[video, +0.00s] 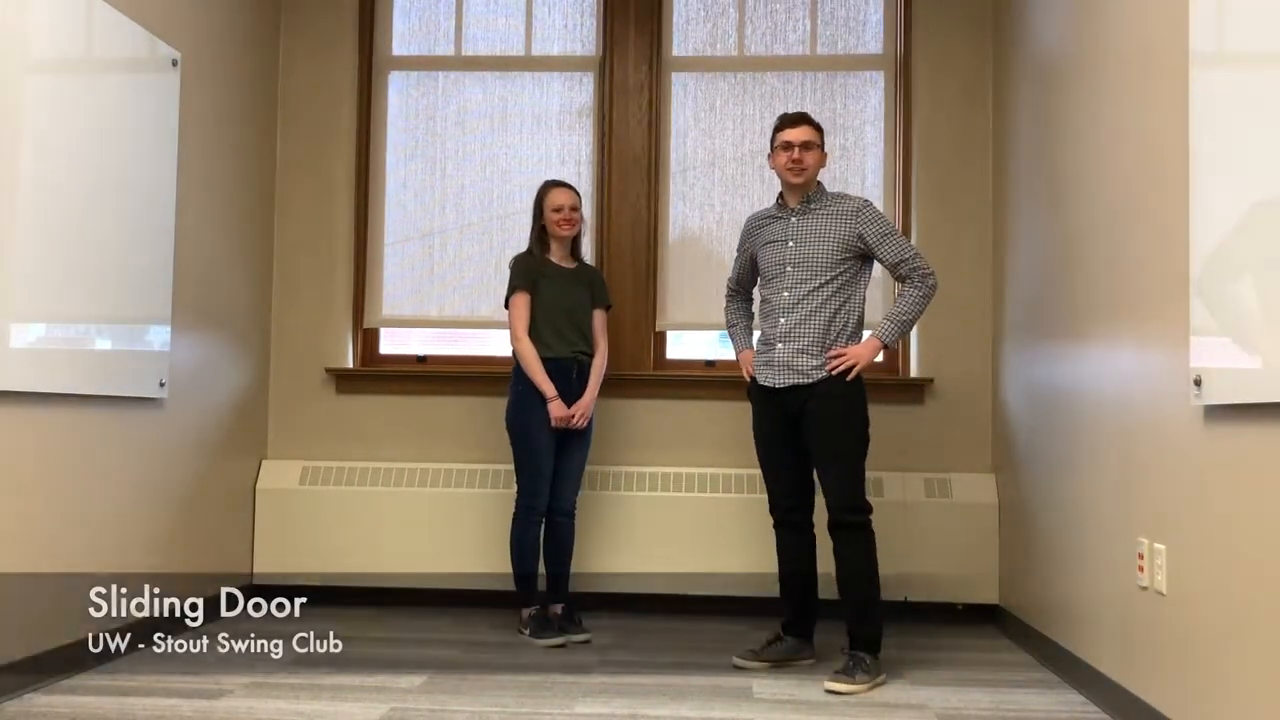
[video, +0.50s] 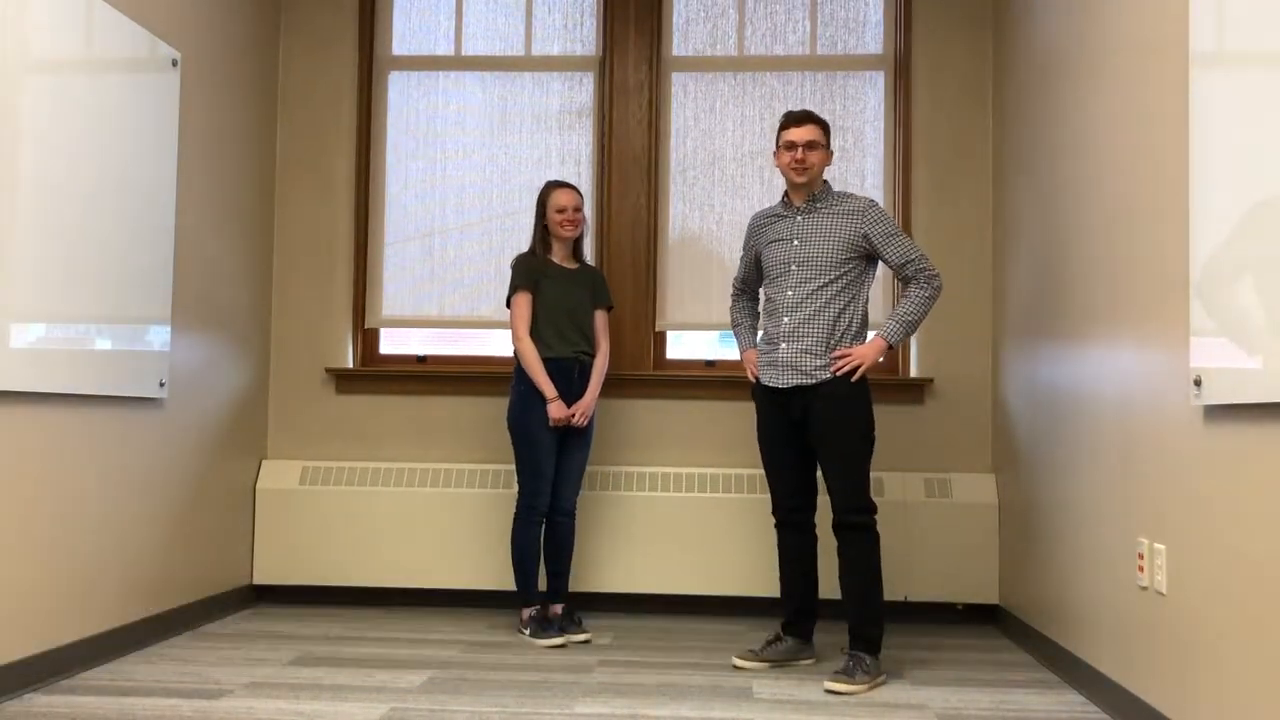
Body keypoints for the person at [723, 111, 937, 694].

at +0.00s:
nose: (796, 155)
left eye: (806, 146)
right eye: (786, 147)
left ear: (823, 156)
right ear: (771, 158)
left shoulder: (853, 214)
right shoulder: (757, 226)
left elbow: (920, 278)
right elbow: (737, 292)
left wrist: (878, 340)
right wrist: (743, 345)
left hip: (834, 388)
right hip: (772, 391)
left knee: (847, 516)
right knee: (789, 518)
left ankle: (863, 651)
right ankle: (795, 637)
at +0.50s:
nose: (799, 155)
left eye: (810, 146)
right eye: (789, 147)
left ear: (828, 155)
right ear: (776, 157)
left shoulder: (858, 214)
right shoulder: (762, 225)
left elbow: (924, 280)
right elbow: (743, 294)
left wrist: (882, 340)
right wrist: (747, 344)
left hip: (838, 388)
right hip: (776, 392)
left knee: (852, 516)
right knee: (791, 517)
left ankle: (863, 653)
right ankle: (795, 636)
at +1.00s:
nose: (770, 166)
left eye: (775, 155)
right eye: (771, 157)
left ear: (799, 153)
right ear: (803, 153)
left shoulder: (853, 205)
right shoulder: (812, 213)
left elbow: (919, 275)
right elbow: (844, 291)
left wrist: (869, 347)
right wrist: (801, 355)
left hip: (848, 392)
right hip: (804, 392)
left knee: (862, 519)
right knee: (800, 515)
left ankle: (866, 653)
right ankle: (796, 637)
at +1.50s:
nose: (768, 170)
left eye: (774, 160)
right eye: (770, 160)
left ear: (797, 163)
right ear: (803, 163)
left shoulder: (829, 217)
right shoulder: (811, 218)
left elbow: (821, 309)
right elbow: (826, 311)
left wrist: (750, 356)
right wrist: (792, 367)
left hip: (840, 387)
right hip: (811, 384)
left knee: (858, 519)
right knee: (788, 506)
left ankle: (866, 653)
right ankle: (781, 625)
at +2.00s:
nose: (739, 177)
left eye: (744, 167)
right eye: (740, 168)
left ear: (768, 169)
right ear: (773, 170)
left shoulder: (792, 224)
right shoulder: (779, 225)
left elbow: (757, 307)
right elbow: (758, 314)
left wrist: (687, 337)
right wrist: (699, 351)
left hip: (792, 382)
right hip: (776, 381)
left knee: (770, 504)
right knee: (766, 503)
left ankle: (799, 632)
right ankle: (779, 623)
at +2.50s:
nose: (726, 180)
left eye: (731, 170)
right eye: (728, 171)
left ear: (755, 173)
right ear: (762, 175)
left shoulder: (771, 228)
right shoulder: (777, 227)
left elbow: (749, 319)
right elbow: (750, 319)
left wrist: (681, 333)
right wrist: (687, 324)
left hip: (768, 383)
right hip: (781, 382)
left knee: (723, 496)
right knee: (775, 502)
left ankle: (769, 624)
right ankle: (782, 625)